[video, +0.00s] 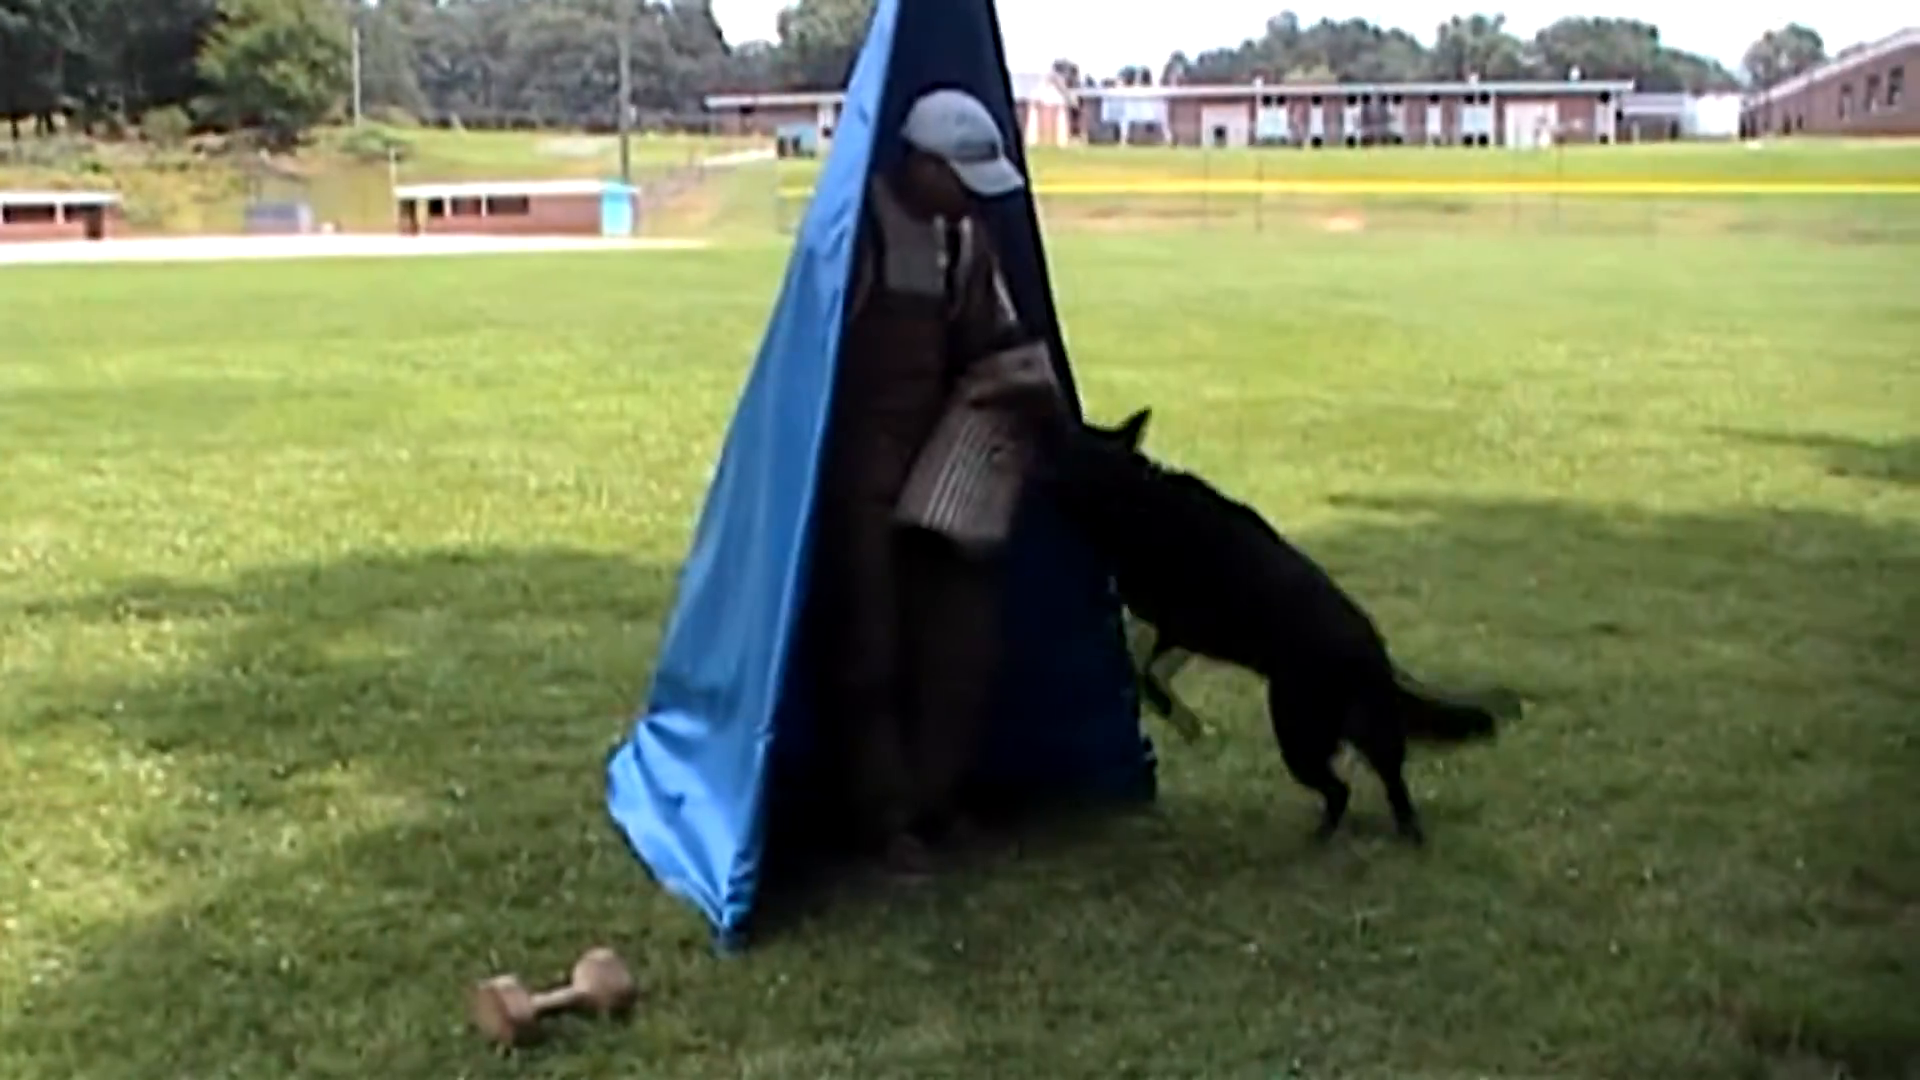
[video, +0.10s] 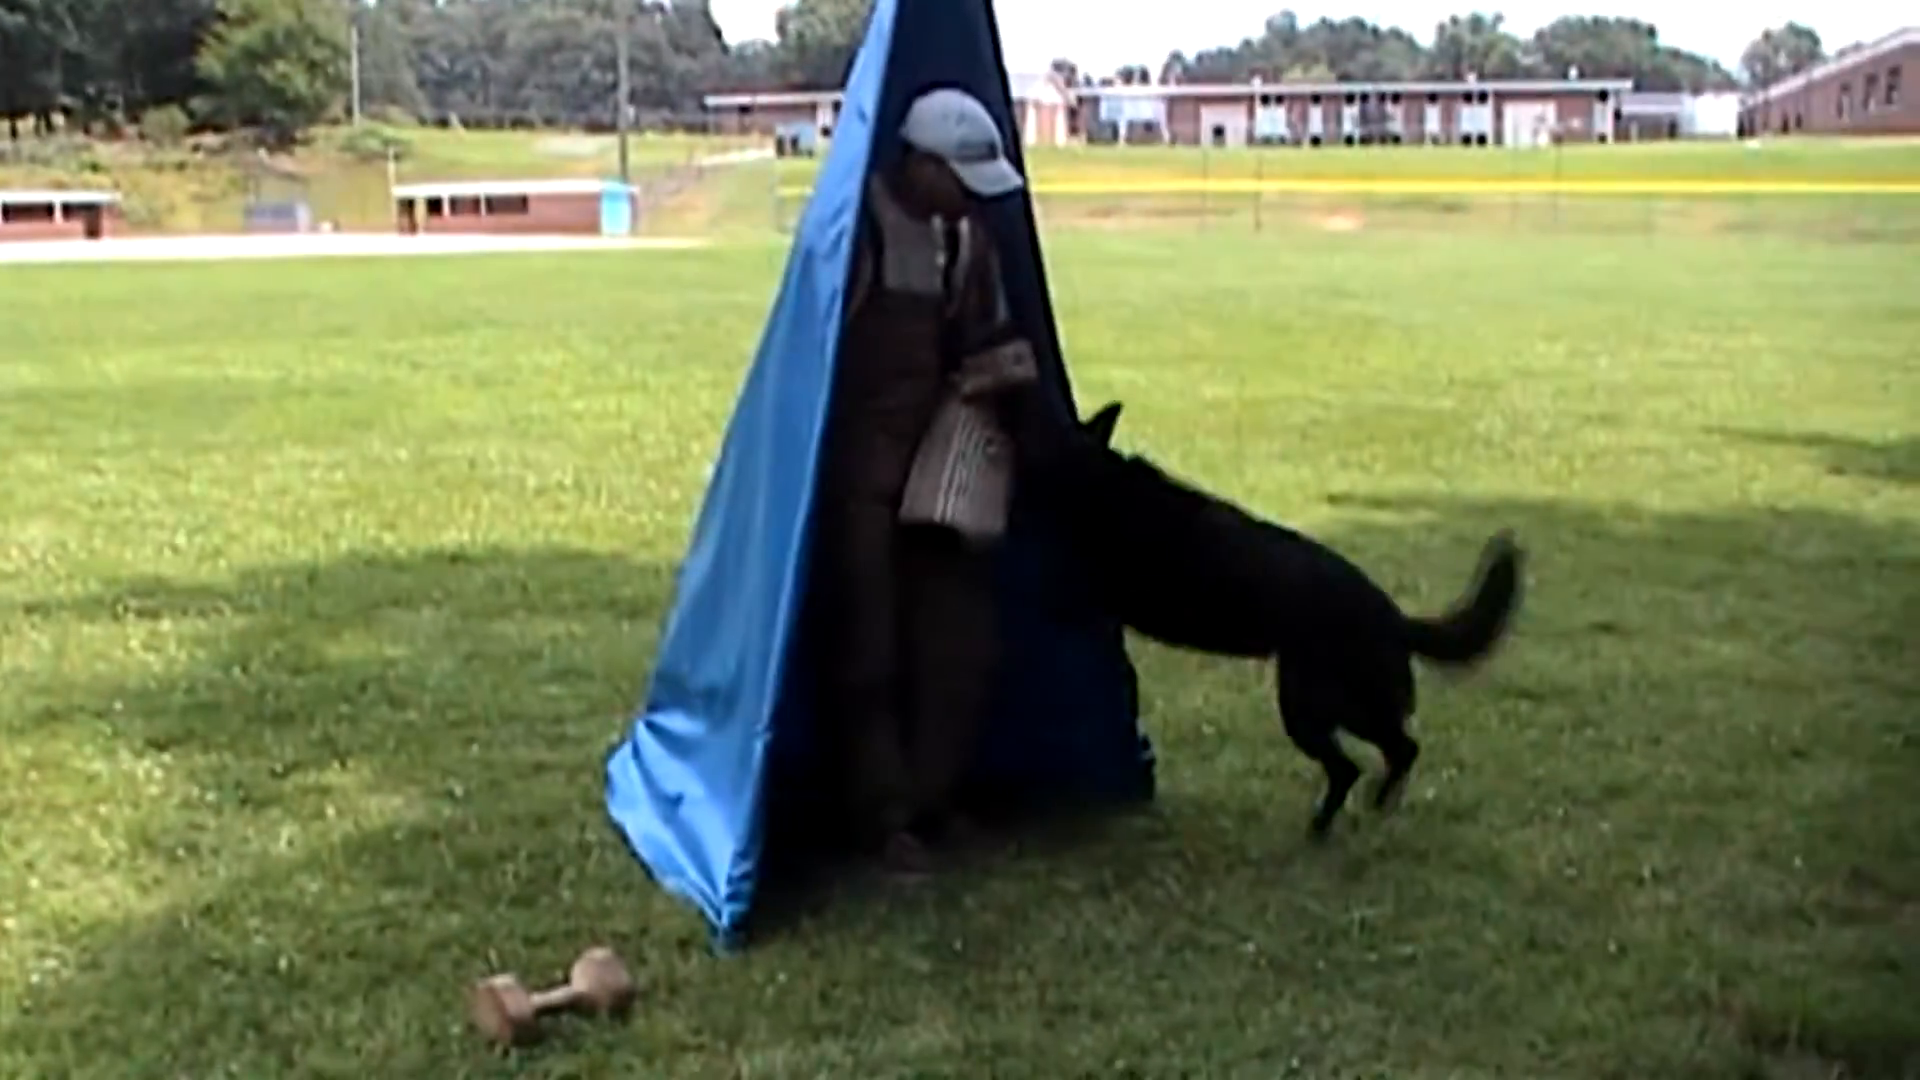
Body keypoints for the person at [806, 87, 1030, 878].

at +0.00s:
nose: (969, 197)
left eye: (976, 182)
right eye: (960, 179)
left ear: (967, 173)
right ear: (916, 163)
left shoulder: (969, 242)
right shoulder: (850, 239)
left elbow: (1005, 351)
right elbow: (808, 368)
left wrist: (1015, 378)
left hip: (948, 478)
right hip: (858, 483)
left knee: (951, 638)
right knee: (873, 647)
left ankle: (938, 804)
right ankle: (882, 821)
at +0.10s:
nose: (968, 196)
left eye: (975, 182)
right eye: (959, 179)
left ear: (966, 173)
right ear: (916, 164)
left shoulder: (972, 241)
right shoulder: (850, 239)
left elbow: (993, 349)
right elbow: (814, 369)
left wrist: (1010, 367)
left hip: (949, 476)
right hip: (861, 480)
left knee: (951, 637)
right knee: (873, 647)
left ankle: (936, 803)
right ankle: (882, 820)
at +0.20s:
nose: (966, 199)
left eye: (973, 186)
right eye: (957, 183)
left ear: (966, 175)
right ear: (916, 165)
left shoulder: (969, 244)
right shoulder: (848, 241)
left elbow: (982, 354)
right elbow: (815, 373)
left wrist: (1005, 371)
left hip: (948, 477)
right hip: (860, 480)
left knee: (947, 637)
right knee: (873, 648)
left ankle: (935, 804)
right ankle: (882, 821)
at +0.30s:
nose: (957, 199)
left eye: (964, 185)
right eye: (948, 182)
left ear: (955, 175)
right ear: (906, 162)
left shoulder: (958, 240)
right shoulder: (839, 237)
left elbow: (986, 353)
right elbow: (801, 364)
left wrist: (995, 373)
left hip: (935, 478)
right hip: (848, 479)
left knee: (940, 640)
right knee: (861, 650)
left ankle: (929, 804)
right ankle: (873, 820)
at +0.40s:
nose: (957, 199)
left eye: (964, 186)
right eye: (949, 182)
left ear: (953, 174)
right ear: (906, 162)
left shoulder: (955, 243)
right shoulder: (836, 239)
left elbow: (982, 354)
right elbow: (799, 369)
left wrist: (992, 375)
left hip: (932, 481)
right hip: (845, 483)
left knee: (937, 641)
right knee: (860, 651)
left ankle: (927, 806)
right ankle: (873, 822)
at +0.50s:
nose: (959, 200)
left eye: (967, 186)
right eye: (951, 183)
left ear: (957, 175)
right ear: (908, 163)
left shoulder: (960, 245)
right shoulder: (839, 239)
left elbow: (996, 359)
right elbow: (801, 368)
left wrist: (992, 378)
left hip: (937, 484)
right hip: (847, 485)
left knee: (944, 640)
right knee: (862, 652)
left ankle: (929, 807)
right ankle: (876, 824)